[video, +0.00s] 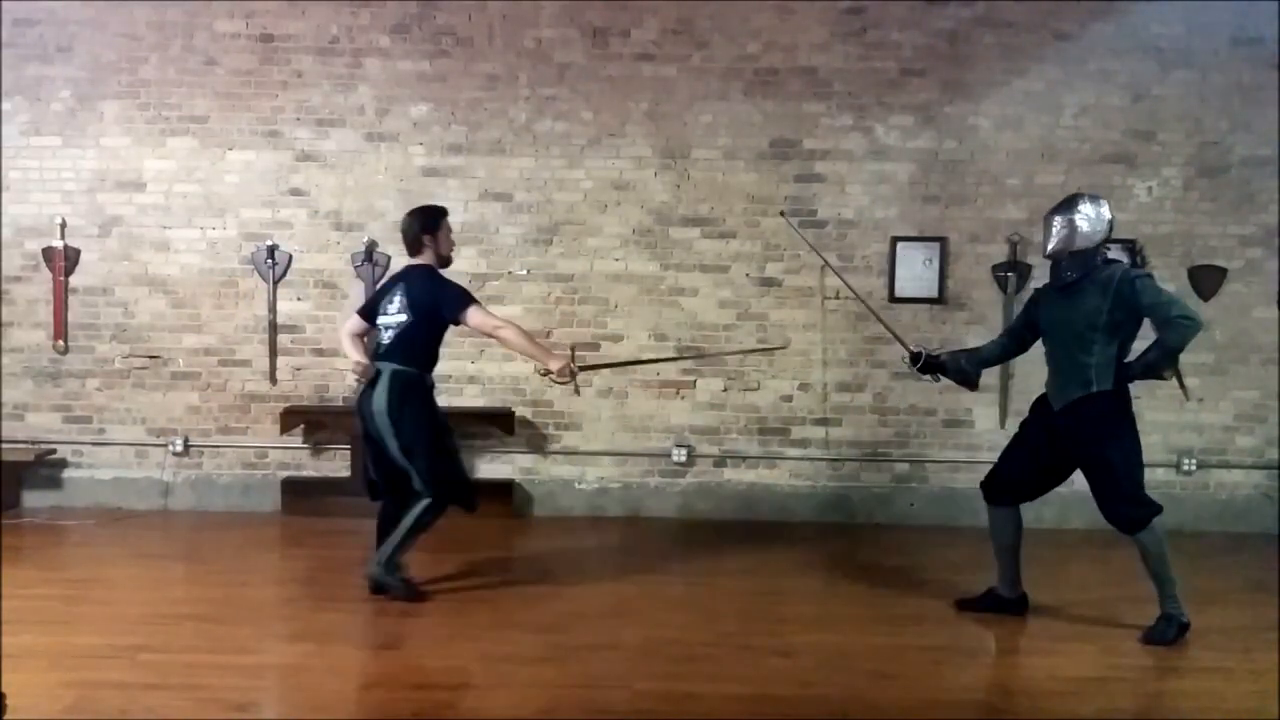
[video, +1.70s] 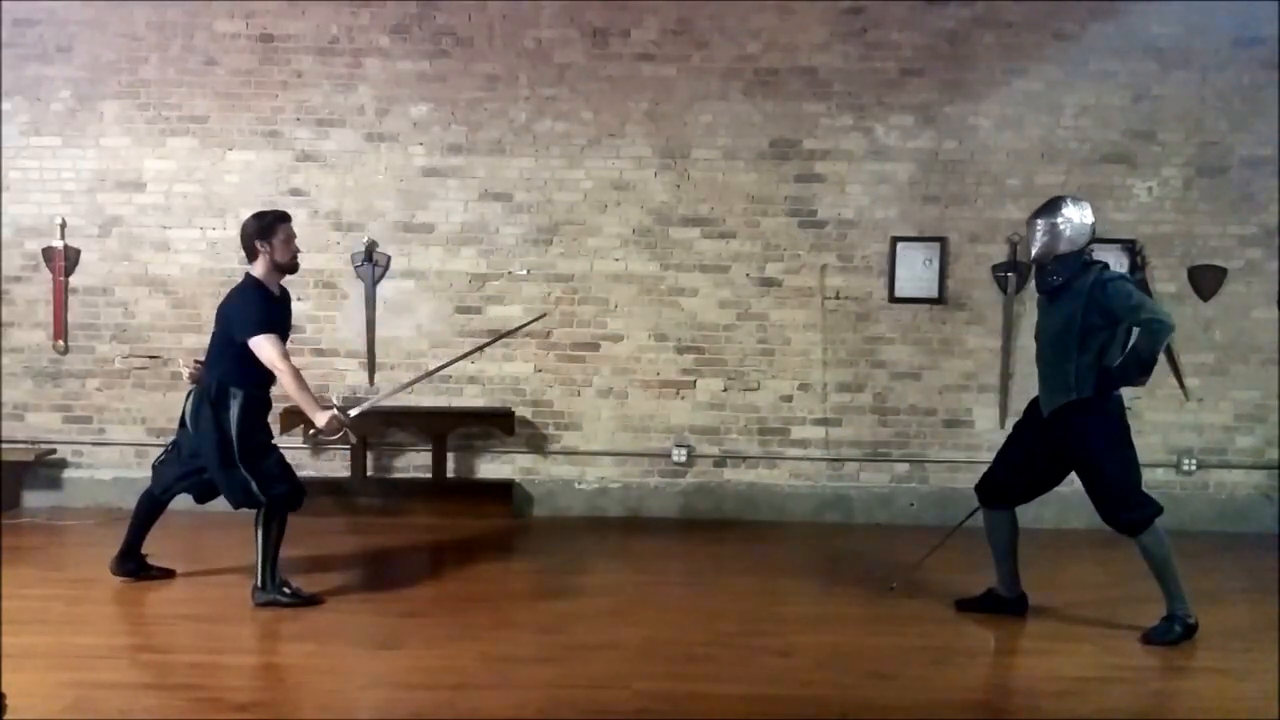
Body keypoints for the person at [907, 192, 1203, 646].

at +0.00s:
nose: (1053, 238)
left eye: (1064, 227)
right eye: (1053, 228)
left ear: (1089, 230)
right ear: (1056, 232)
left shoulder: (1123, 280)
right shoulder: (1046, 297)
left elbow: (1184, 323)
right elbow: (1007, 345)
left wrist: (1135, 370)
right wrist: (942, 361)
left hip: (1104, 413)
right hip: (1053, 415)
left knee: (1131, 510)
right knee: (1000, 490)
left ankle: (1173, 612)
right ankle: (1008, 592)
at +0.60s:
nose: (1048, 239)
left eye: (1059, 228)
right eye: (1048, 229)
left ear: (1083, 231)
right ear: (1050, 232)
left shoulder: (1119, 282)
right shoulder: (1043, 299)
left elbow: (1182, 324)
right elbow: (1011, 364)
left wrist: (1136, 370)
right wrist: (968, 408)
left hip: (1100, 414)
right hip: (1048, 416)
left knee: (1129, 511)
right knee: (996, 493)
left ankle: (1172, 612)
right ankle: (1008, 592)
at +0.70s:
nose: (1045, 241)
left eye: (1055, 231)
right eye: (1045, 230)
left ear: (1080, 232)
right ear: (1051, 232)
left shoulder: (1116, 281)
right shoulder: (1042, 300)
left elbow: (1181, 324)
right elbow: (1018, 373)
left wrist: (1135, 370)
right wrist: (987, 425)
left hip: (1098, 416)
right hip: (1046, 417)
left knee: (1129, 509)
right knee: (995, 492)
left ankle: (1173, 612)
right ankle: (1008, 592)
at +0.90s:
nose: (1038, 241)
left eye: (1047, 232)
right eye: (1038, 231)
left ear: (1071, 233)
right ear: (1047, 233)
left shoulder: (1110, 280)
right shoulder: (1047, 278)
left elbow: (1174, 321)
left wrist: (1134, 370)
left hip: (1095, 412)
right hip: (1047, 410)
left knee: (1130, 510)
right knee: (995, 493)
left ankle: (1174, 612)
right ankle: (1008, 592)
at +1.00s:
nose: (1035, 241)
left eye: (1044, 232)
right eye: (1035, 232)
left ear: (1069, 233)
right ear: (1045, 233)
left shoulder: (1105, 280)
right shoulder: (1046, 278)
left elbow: (1168, 318)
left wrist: (1133, 367)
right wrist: (1009, 276)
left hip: (1096, 413)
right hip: (1049, 411)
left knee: (1131, 511)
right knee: (996, 494)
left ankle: (1177, 613)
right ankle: (1008, 592)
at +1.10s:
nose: (1034, 241)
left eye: (1041, 233)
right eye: (1033, 232)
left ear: (1066, 234)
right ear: (1054, 233)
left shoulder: (1100, 280)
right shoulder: (1050, 281)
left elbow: (1161, 321)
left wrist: (1128, 369)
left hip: (1095, 415)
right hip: (1051, 413)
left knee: (1131, 511)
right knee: (995, 494)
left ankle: (1180, 613)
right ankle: (1008, 592)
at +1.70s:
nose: (1035, 243)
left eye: (1042, 234)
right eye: (1035, 234)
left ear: (1067, 235)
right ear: (1057, 235)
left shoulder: (1101, 283)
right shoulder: (1052, 283)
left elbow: (1158, 322)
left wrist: (1130, 370)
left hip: (1094, 416)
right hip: (1050, 414)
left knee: (1131, 511)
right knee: (995, 492)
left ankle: (1180, 614)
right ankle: (1008, 593)